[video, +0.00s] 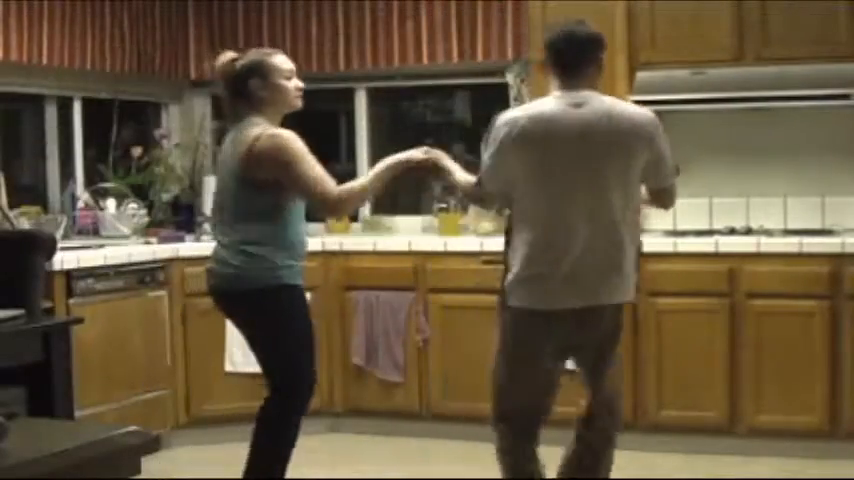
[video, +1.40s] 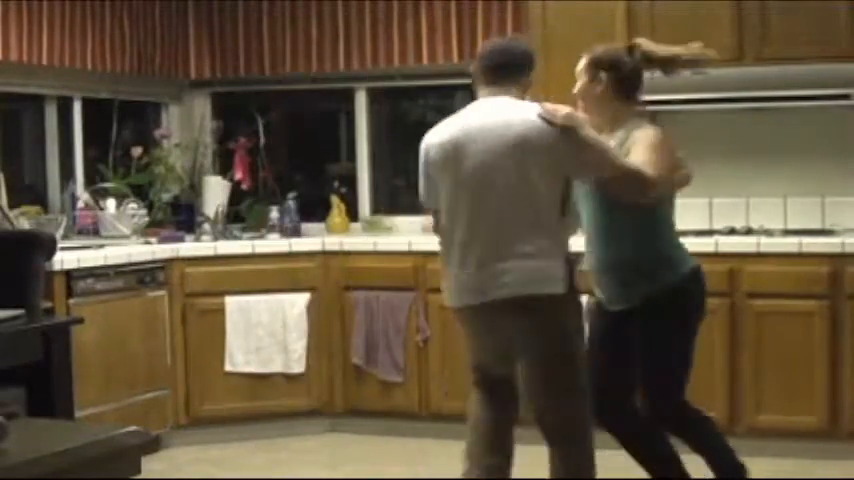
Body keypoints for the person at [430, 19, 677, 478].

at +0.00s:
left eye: (553, 64)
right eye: (598, 63)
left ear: (548, 65)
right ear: (600, 64)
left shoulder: (514, 125)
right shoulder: (639, 123)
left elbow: (486, 194)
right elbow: (664, 195)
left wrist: (444, 165)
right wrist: (620, 181)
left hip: (533, 300)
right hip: (606, 298)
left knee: (517, 427)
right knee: (604, 406)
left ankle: (525, 477)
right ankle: (580, 476)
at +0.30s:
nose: (573, 83)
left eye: (576, 73)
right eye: (574, 74)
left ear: (591, 72)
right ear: (632, 74)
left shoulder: (576, 134)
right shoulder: (685, 128)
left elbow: (545, 211)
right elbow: (697, 202)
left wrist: (484, 188)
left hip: (605, 302)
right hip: (673, 300)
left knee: (511, 364)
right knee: (649, 423)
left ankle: (593, 463)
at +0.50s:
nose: (574, 84)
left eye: (576, 73)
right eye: (575, 74)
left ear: (590, 74)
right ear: (630, 76)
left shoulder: (586, 131)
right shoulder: (677, 129)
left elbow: (568, 219)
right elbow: (669, 211)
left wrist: (521, 200)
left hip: (621, 305)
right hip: (680, 302)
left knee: (554, 408)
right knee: (651, 433)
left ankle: (615, 473)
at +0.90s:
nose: (524, 86)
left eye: (526, 75)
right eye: (523, 76)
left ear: (541, 74)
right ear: (579, 75)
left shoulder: (542, 124)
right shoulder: (629, 129)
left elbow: (540, 205)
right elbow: (652, 208)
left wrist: (469, 218)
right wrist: (586, 212)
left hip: (589, 308)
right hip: (639, 302)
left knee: (604, 435)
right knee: (589, 433)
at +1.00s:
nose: (512, 89)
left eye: (516, 77)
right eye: (513, 77)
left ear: (532, 75)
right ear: (569, 76)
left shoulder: (526, 128)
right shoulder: (621, 130)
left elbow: (500, 213)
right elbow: (647, 206)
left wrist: (426, 217)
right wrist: (579, 216)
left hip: (568, 308)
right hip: (625, 302)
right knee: (578, 432)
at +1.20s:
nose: (565, 94)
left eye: (575, 83)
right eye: (558, 87)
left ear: (606, 83)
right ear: (552, 95)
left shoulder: (632, 139)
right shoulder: (558, 148)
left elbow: (706, 169)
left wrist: (628, 128)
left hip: (655, 282)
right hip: (595, 285)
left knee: (665, 402)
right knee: (587, 404)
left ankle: (699, 474)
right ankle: (615, 472)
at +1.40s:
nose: (575, 90)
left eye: (581, 80)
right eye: (575, 80)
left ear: (605, 84)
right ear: (611, 86)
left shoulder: (647, 136)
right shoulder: (588, 138)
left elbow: (647, 188)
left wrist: (581, 135)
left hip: (667, 291)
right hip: (613, 300)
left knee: (664, 405)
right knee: (610, 407)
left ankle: (733, 472)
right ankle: (674, 476)